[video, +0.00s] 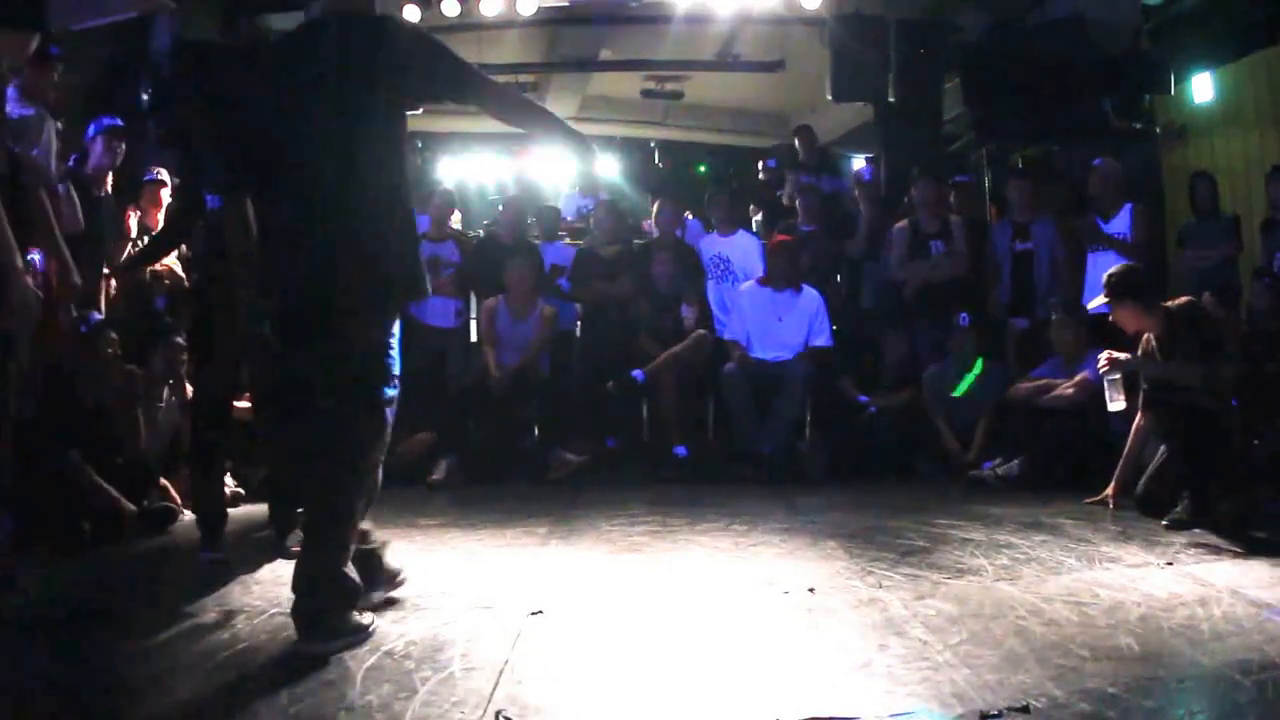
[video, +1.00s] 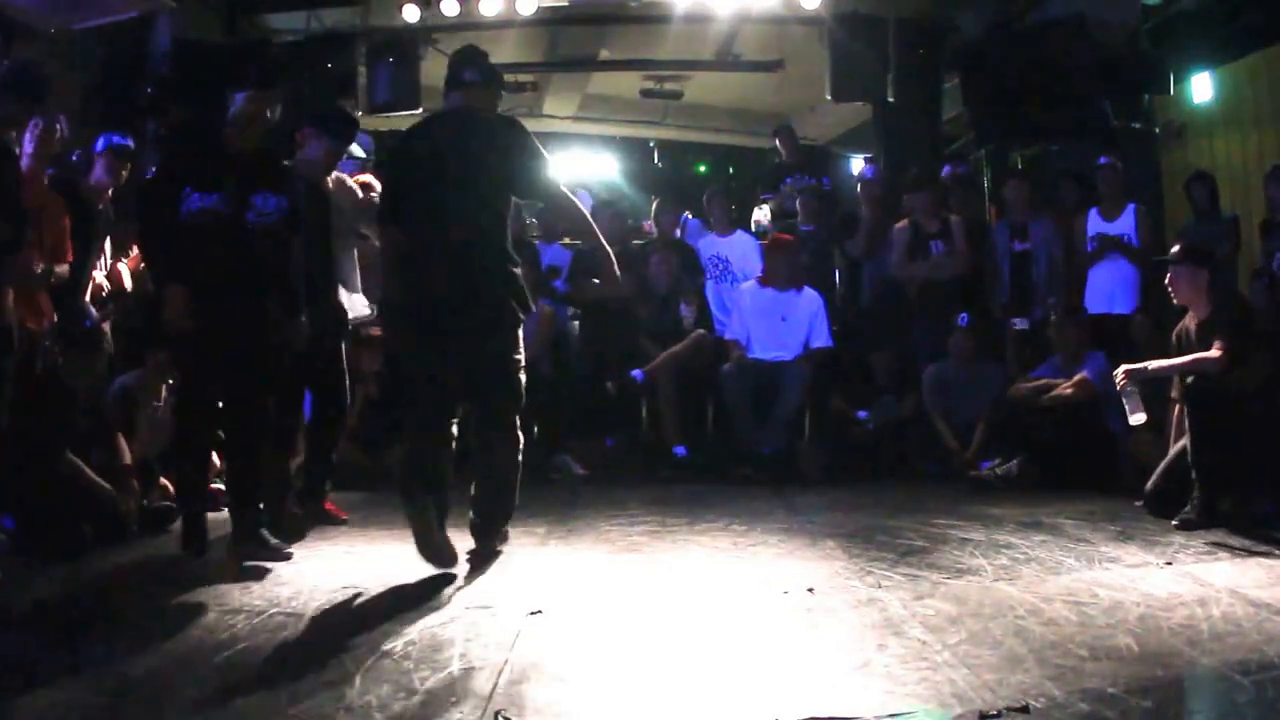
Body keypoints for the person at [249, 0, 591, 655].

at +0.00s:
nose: (409, 12)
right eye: (404, 10)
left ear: (321, 7)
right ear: (380, 4)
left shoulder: (271, 56)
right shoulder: (383, 37)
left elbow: (233, 182)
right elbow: (491, 94)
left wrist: (254, 266)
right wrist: (574, 137)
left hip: (293, 265)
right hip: (360, 263)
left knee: (332, 406)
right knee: (365, 408)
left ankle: (358, 553)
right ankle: (320, 597)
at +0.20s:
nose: (401, 32)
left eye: (391, 25)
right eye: (397, 23)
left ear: (336, 27)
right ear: (391, 25)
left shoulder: (292, 76)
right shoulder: (411, 66)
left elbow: (257, 178)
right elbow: (505, 119)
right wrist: (569, 170)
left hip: (319, 273)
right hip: (394, 270)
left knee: (349, 414)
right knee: (391, 420)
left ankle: (411, 550)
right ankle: (326, 602)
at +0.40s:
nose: (424, 54)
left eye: (417, 46)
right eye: (420, 45)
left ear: (363, 49)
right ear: (410, 45)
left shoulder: (330, 99)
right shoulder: (433, 87)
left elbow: (311, 203)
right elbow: (522, 146)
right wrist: (588, 197)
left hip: (362, 278)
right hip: (433, 270)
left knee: (389, 410)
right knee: (460, 410)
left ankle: (416, 553)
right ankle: (375, 539)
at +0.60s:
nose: (449, 57)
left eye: (444, 50)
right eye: (446, 48)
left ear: (391, 51)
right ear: (436, 45)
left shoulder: (357, 108)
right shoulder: (458, 83)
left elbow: (336, 202)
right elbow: (534, 149)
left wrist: (351, 279)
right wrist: (597, 194)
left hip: (386, 284)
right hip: (456, 276)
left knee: (396, 415)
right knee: (478, 405)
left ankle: (413, 550)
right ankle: (463, 536)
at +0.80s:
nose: (478, 85)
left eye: (474, 76)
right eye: (475, 76)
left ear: (419, 76)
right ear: (467, 73)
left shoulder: (382, 135)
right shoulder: (483, 115)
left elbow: (353, 231)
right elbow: (556, 176)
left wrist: (357, 309)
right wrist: (614, 223)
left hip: (397, 302)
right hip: (471, 291)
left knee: (401, 429)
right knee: (479, 417)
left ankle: (417, 559)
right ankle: (492, 526)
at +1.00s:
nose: (496, 101)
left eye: (493, 93)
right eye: (495, 92)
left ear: (445, 89)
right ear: (490, 90)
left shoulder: (407, 143)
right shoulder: (503, 134)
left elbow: (389, 229)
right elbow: (555, 197)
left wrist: (394, 294)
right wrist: (605, 252)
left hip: (417, 300)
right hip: (486, 295)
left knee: (426, 412)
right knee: (501, 413)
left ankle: (427, 518)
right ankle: (490, 535)